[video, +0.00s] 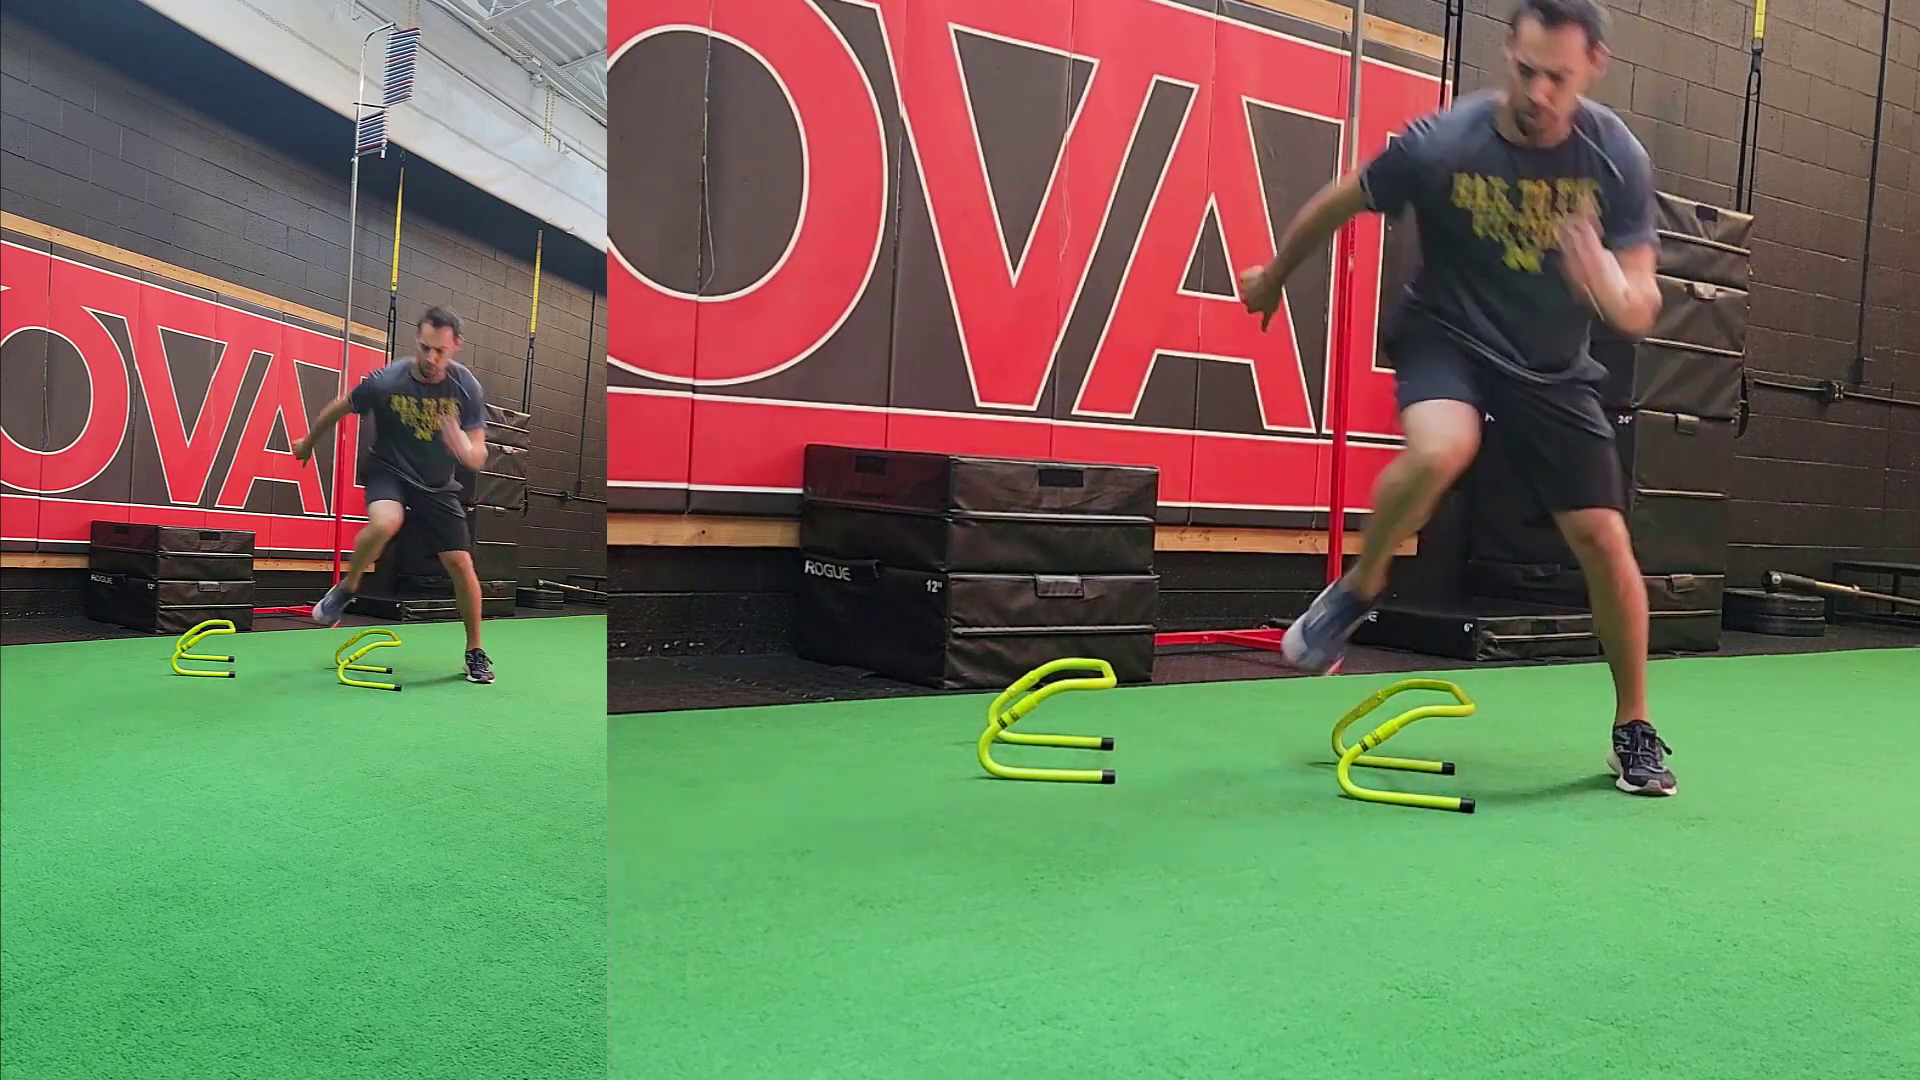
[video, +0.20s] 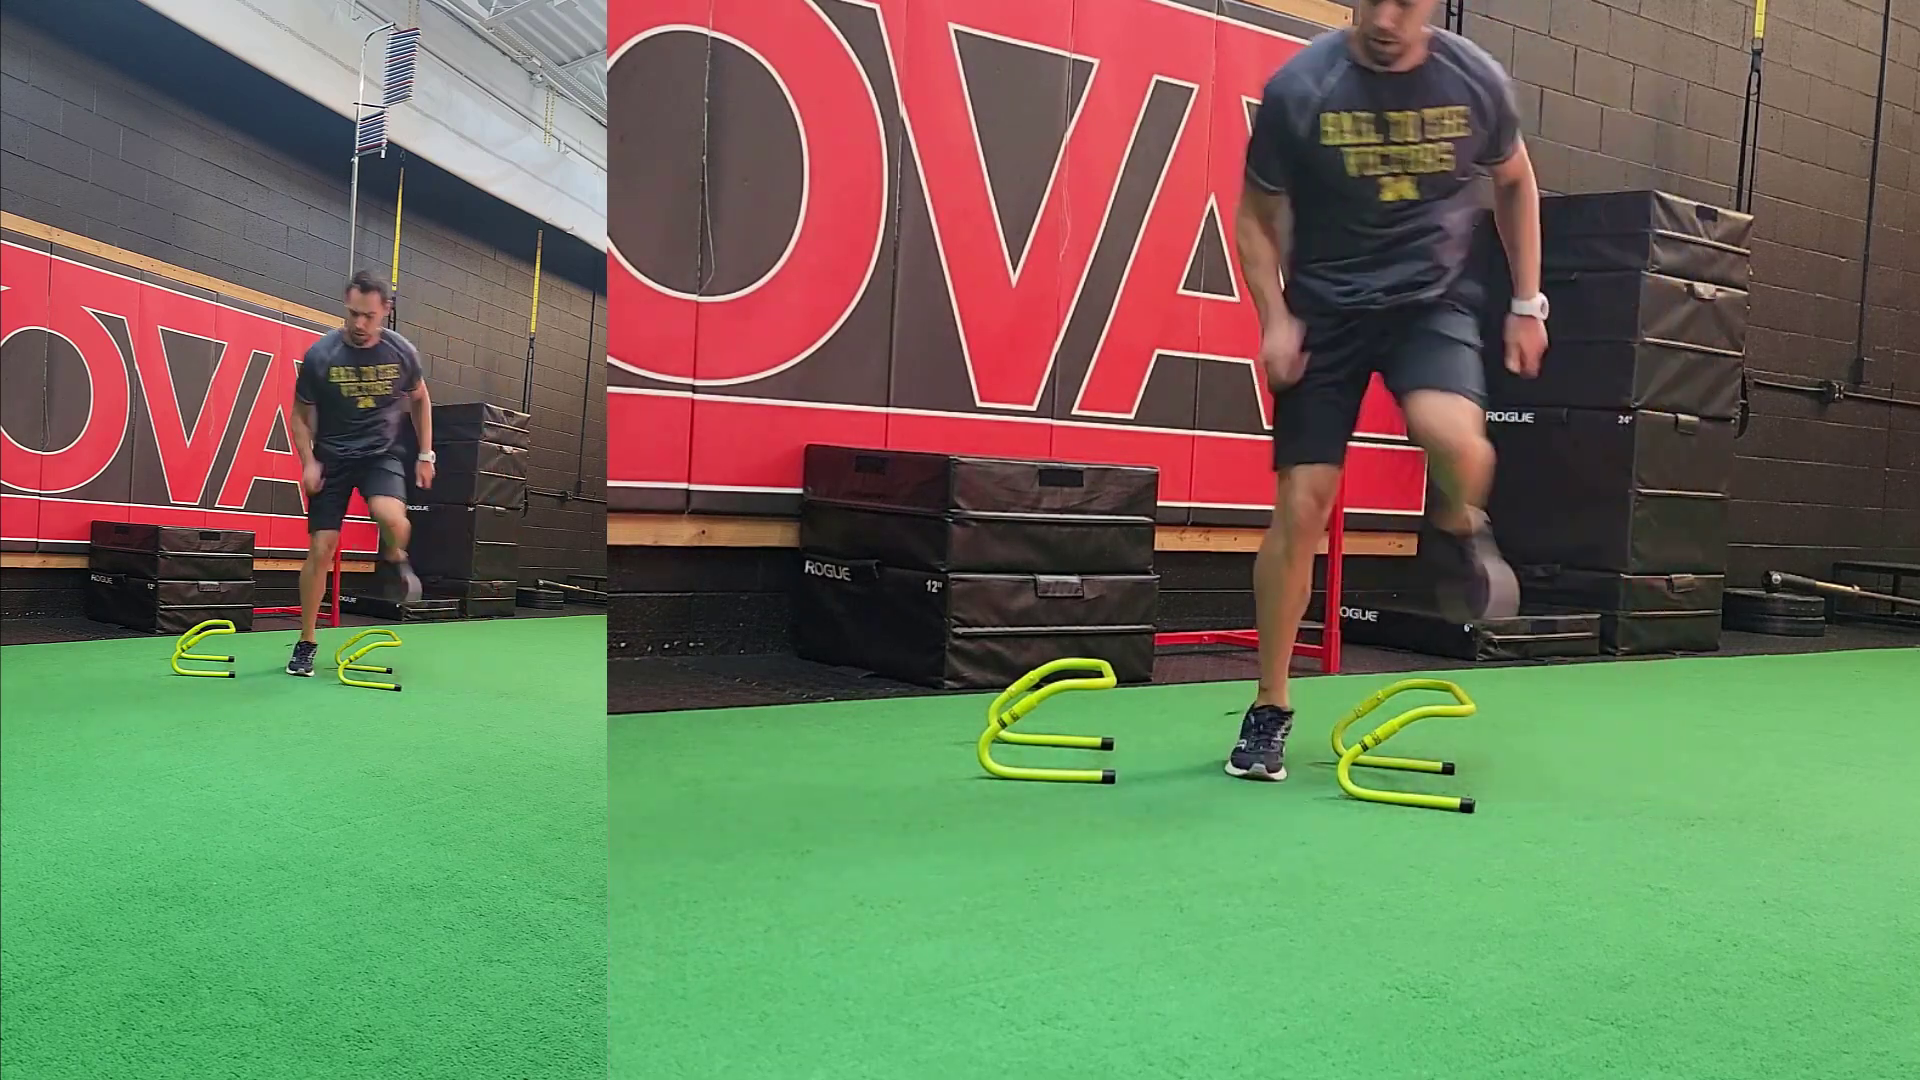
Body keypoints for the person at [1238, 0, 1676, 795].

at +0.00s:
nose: (1536, 94)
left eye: (1556, 77)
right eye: (1525, 71)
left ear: (1594, 67)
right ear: (1507, 53)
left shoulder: (1617, 157)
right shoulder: (1440, 144)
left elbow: (1639, 308)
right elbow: (1335, 204)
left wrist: (1603, 283)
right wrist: (1271, 275)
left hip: (1555, 367)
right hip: (1447, 337)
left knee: (1603, 537)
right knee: (1442, 452)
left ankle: (1635, 726)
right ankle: (1358, 588)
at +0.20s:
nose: (1388, 20)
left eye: (1407, 5)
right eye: (1375, 5)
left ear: (1436, 7)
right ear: (1354, 4)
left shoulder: (1477, 81)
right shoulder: (1298, 89)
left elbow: (1514, 183)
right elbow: (1255, 214)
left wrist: (1528, 303)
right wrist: (1274, 315)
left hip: (1433, 307)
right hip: (1324, 312)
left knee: (1458, 444)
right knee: (1301, 505)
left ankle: (1456, 534)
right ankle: (1270, 706)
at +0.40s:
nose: (1262, 10)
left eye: (1277, 3)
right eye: (1251, 3)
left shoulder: (1365, 57)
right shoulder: (1187, 44)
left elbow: (1421, 176)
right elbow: (1151, 157)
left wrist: (1433, 292)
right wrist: (1161, 194)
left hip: (1306, 276)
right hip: (1209, 263)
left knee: (1272, 473)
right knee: (1165, 417)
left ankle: (1285, 695)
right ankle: (1218, 536)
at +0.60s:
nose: (1128, 4)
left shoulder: (1239, 68)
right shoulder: (1064, 41)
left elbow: (1279, 220)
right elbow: (1033, 148)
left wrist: (1231, 335)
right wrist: (1014, 269)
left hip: (1188, 286)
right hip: (1081, 268)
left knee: (1195, 475)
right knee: (1004, 424)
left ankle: (1255, 671)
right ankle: (937, 603)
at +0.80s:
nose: (988, 93)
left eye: (1008, 75)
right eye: (976, 72)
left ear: (1053, 56)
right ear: (961, 49)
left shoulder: (1109, 156)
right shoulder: (936, 119)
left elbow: (1085, 319)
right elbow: (920, 199)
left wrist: (979, 245)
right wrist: (952, 228)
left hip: (1073, 346)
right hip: (971, 334)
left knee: (1049, 473)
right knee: (921, 504)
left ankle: (1041, 498)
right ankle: (871, 694)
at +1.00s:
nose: (906, 122)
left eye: (925, 102)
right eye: (892, 100)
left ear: (967, 76)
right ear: (874, 79)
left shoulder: (1036, 166)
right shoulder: (870, 129)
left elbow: (979, 324)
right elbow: (912, 241)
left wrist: (897, 217)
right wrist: (891, 208)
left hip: (1032, 335)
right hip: (927, 321)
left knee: (971, 487)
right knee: (896, 490)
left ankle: (963, 507)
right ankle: (872, 690)